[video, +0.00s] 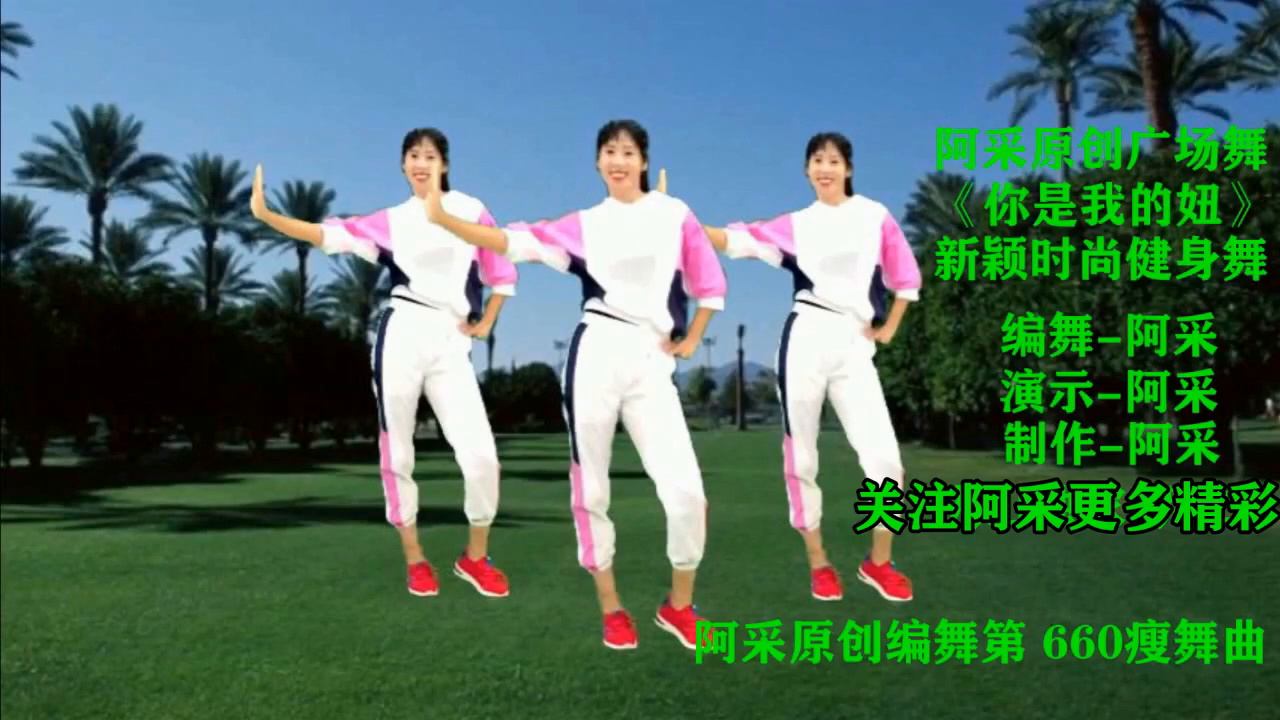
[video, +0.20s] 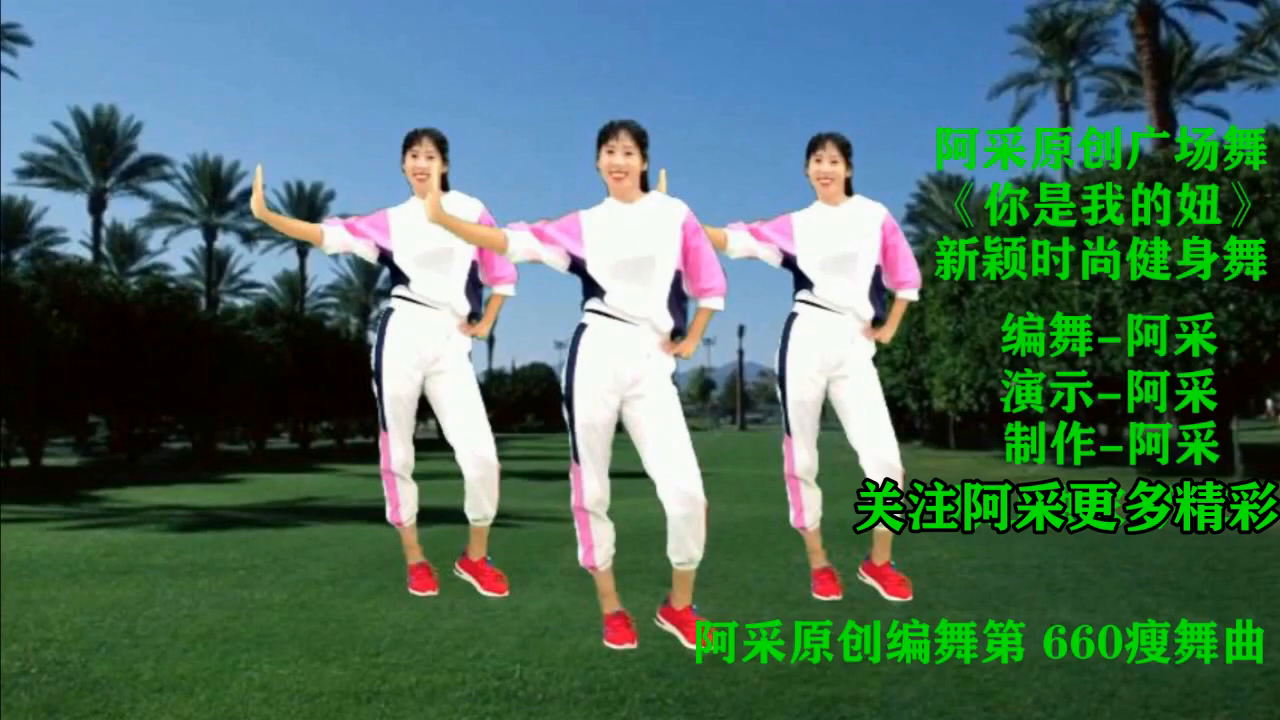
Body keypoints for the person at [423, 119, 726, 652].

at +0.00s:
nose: (618, 160)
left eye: (628, 152)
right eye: (609, 152)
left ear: (644, 162)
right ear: (598, 163)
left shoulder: (675, 215)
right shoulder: (586, 223)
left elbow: (711, 284)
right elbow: (510, 241)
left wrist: (689, 342)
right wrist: (442, 218)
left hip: (654, 352)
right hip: (598, 347)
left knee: (686, 492)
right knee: (593, 489)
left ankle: (679, 607)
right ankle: (612, 611)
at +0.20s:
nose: (618, 160)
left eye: (628, 152)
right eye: (609, 152)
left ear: (644, 162)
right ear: (598, 163)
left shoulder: (675, 216)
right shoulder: (586, 223)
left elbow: (711, 284)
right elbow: (510, 241)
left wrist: (689, 342)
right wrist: (443, 218)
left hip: (654, 353)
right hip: (598, 348)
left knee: (686, 493)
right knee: (593, 489)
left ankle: (679, 607)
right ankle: (612, 611)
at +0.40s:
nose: (618, 160)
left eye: (628, 152)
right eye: (609, 152)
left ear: (644, 162)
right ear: (598, 163)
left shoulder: (675, 216)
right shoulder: (586, 222)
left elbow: (711, 284)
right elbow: (510, 241)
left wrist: (689, 342)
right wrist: (443, 218)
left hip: (654, 353)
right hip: (598, 348)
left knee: (686, 492)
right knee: (593, 489)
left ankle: (679, 607)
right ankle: (612, 610)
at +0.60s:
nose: (618, 160)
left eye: (628, 152)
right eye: (609, 152)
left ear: (644, 162)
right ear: (598, 163)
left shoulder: (675, 216)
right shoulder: (586, 222)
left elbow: (711, 284)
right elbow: (510, 241)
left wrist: (689, 342)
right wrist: (443, 218)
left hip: (654, 353)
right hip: (598, 348)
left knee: (686, 492)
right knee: (593, 488)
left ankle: (679, 607)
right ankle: (612, 610)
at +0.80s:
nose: (618, 160)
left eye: (628, 152)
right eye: (609, 152)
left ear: (644, 162)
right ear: (598, 163)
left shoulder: (675, 216)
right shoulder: (586, 223)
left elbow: (711, 284)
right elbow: (510, 241)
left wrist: (689, 342)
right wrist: (442, 218)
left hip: (654, 353)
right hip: (598, 348)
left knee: (686, 492)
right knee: (593, 488)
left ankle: (679, 607)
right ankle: (612, 610)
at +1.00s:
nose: (618, 160)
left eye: (628, 152)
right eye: (609, 152)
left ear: (644, 162)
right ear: (598, 163)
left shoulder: (675, 216)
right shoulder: (586, 223)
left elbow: (711, 284)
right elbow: (510, 241)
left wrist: (689, 342)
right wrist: (442, 218)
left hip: (654, 353)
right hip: (598, 348)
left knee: (686, 492)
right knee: (593, 488)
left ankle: (679, 607)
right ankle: (612, 610)